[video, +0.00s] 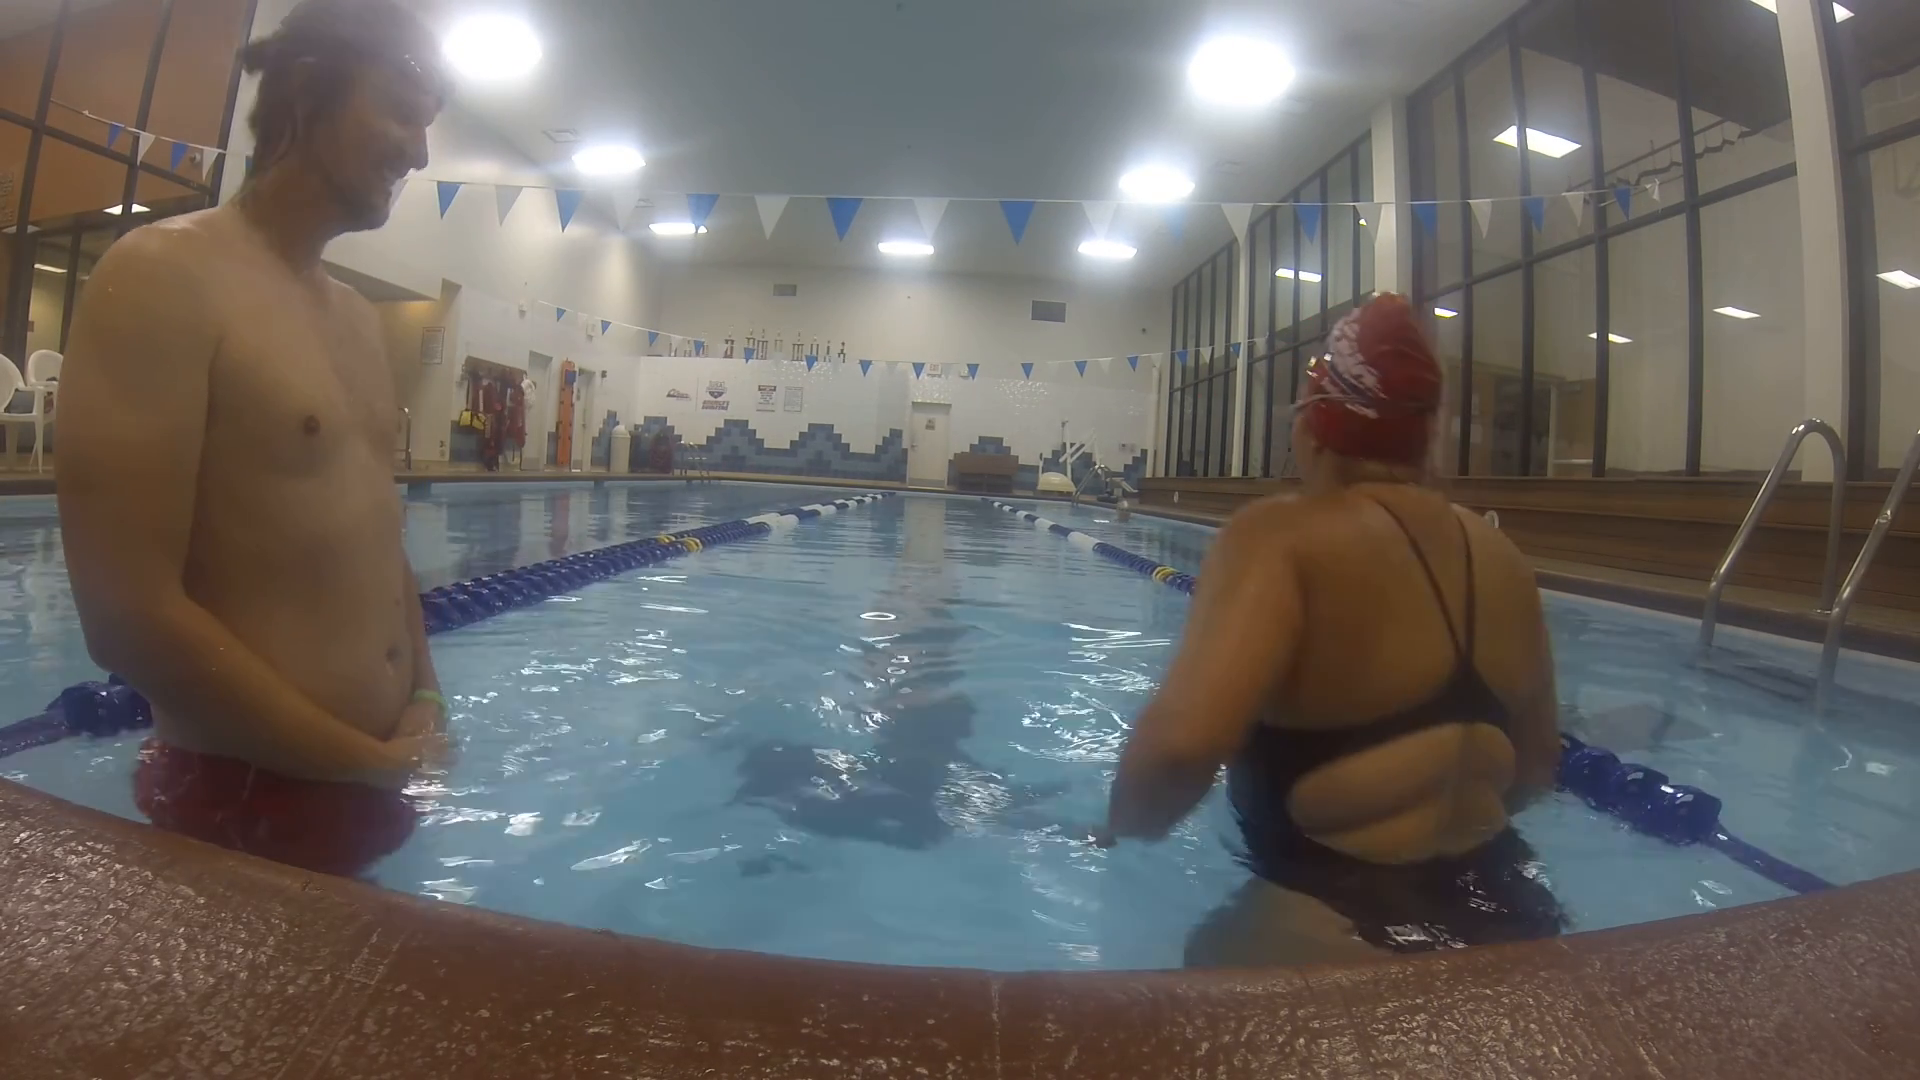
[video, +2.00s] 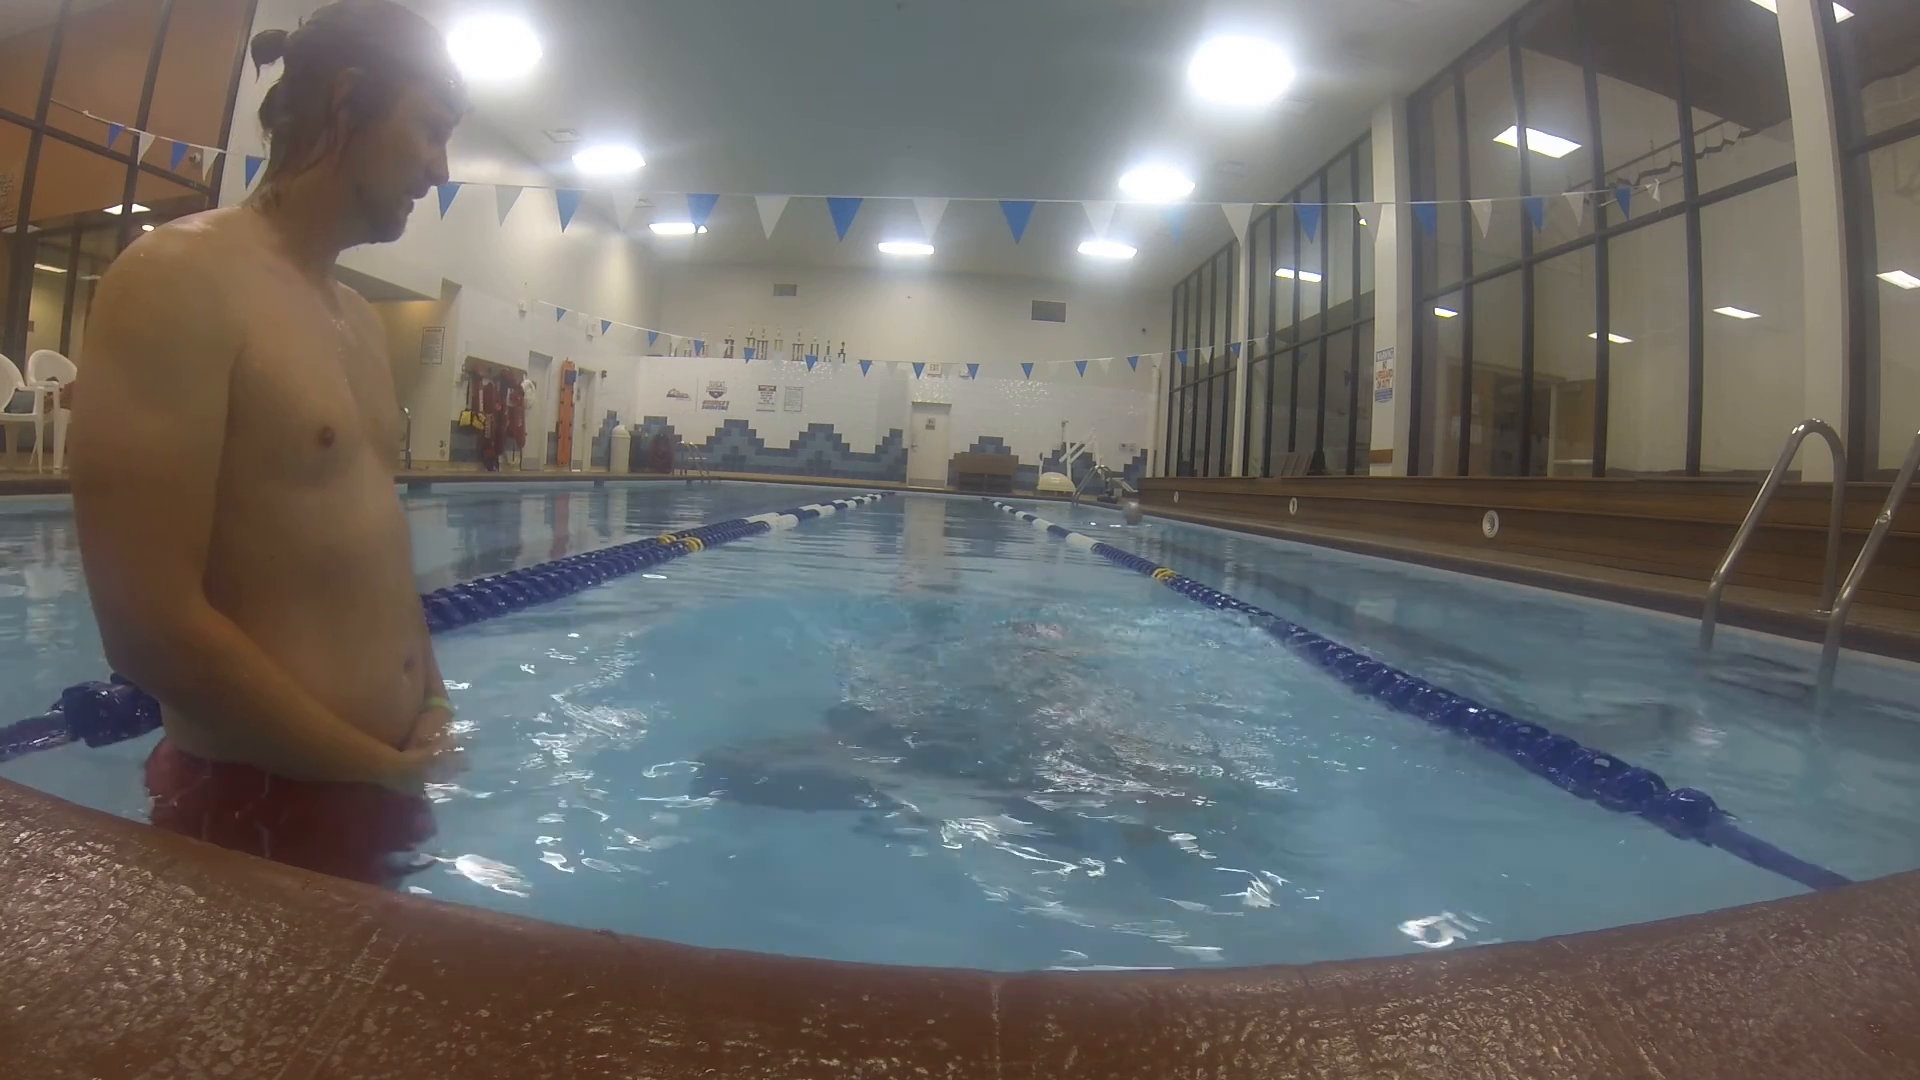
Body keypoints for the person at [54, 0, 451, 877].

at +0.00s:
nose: (422, 150)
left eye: (426, 126)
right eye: (402, 112)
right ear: (306, 96)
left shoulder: (361, 316)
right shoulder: (162, 273)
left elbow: (377, 540)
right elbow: (126, 615)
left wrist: (423, 699)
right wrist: (376, 764)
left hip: (364, 781)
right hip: (236, 797)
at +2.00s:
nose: (445, 170)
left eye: (448, 141)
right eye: (434, 131)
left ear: (357, 115)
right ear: (347, 104)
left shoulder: (356, 313)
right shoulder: (178, 276)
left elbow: (370, 551)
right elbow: (149, 627)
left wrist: (432, 708)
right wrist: (392, 772)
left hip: (369, 790)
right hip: (254, 806)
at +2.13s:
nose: (448, 169)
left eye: (452, 140)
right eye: (439, 131)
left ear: (365, 116)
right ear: (354, 106)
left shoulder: (362, 311)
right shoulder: (182, 275)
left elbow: (375, 544)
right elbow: (153, 626)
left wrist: (432, 701)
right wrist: (392, 768)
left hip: (368, 783)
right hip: (258, 801)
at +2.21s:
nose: (454, 171)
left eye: (458, 141)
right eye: (444, 131)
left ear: (368, 114)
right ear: (359, 104)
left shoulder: (366, 312)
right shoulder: (188, 275)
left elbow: (379, 548)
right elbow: (156, 623)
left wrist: (435, 704)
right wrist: (395, 769)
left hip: (373, 779)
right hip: (257, 798)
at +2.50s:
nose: (494, 167)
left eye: (500, 142)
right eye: (474, 130)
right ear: (377, 115)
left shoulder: (403, 320)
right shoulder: (235, 282)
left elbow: (400, 554)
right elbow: (192, 622)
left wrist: (450, 707)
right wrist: (400, 764)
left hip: (373, 784)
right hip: (274, 799)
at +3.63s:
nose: (898, 161)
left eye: (903, 119)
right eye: (893, 110)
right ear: (807, 71)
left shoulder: (664, 251)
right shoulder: (619, 237)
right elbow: (546, 699)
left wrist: (716, 836)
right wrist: (715, 857)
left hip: (577, 909)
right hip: (512, 916)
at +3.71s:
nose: (924, 154)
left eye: (935, 114)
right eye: (928, 106)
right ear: (872, 57)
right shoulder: (675, 209)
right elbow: (597, 712)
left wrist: (769, 847)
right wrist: (770, 870)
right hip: (571, 930)